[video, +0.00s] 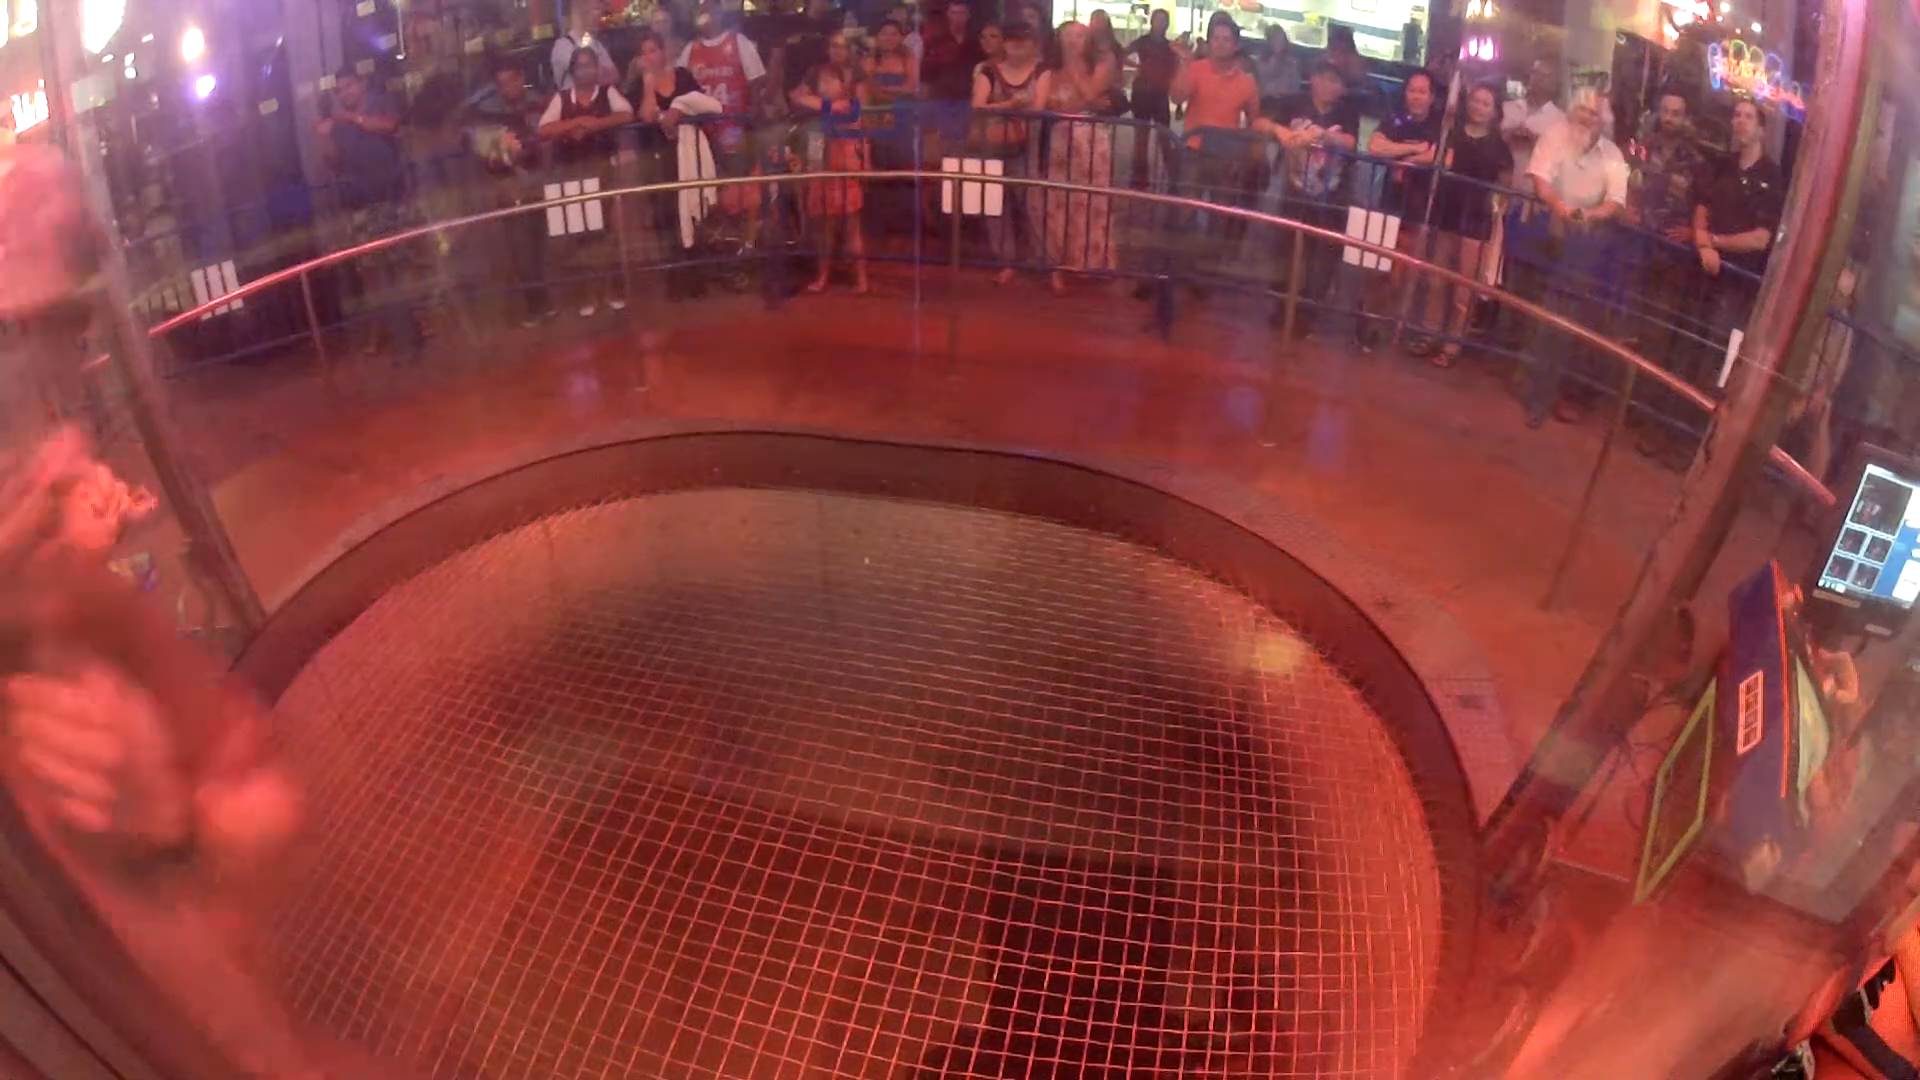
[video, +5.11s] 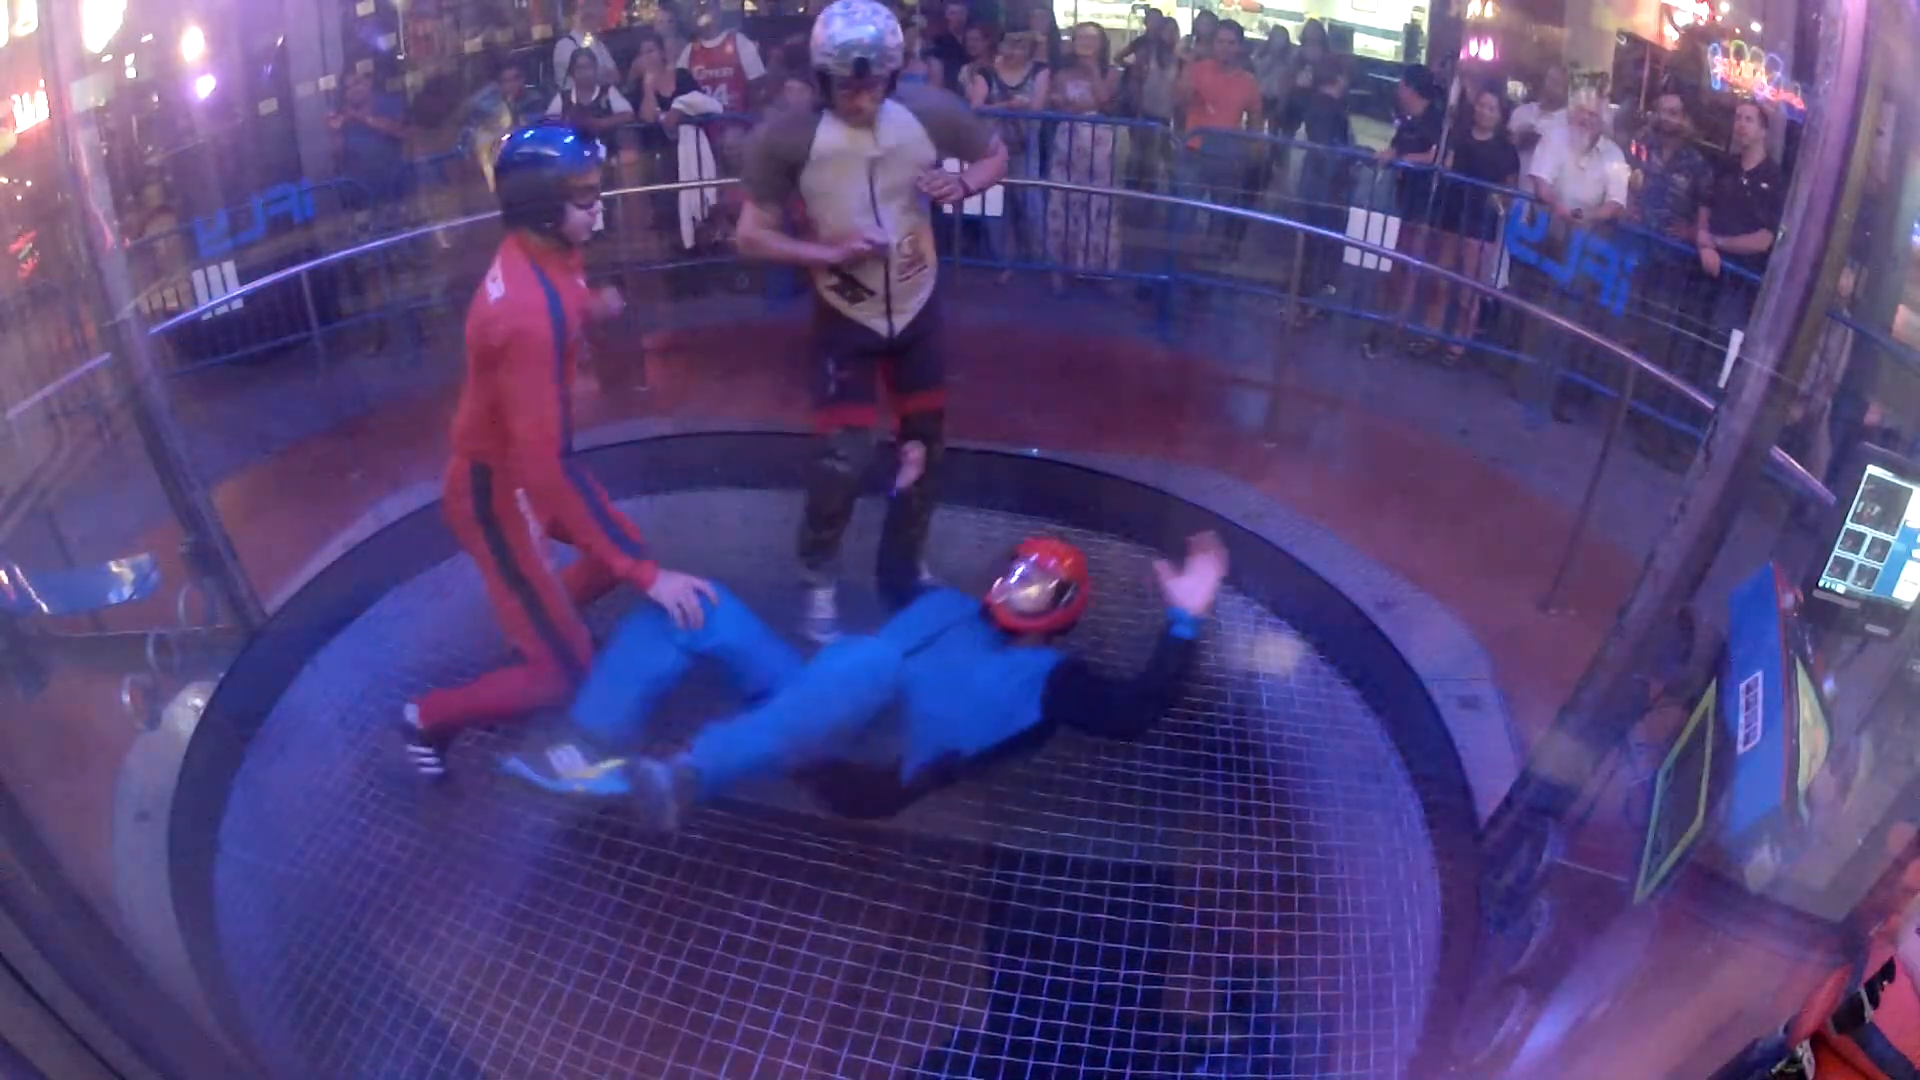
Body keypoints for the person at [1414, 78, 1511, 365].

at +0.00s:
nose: (1479, 107)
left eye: (1486, 103)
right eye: (1475, 101)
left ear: (1495, 111)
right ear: (1466, 104)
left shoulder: (1498, 147)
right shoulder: (1452, 136)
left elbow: (1505, 185)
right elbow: (1439, 165)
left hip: (1476, 217)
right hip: (1445, 211)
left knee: (1464, 284)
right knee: (1435, 278)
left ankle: (1452, 342)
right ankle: (1429, 332)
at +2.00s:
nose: (1477, 107)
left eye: (1483, 103)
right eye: (1473, 101)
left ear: (1492, 110)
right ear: (1465, 104)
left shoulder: (1496, 146)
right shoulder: (1452, 138)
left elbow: (1502, 185)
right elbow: (1439, 169)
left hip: (1473, 219)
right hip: (1443, 213)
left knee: (1462, 286)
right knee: (1434, 280)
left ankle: (1452, 342)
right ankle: (1429, 333)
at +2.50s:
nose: (1472, 108)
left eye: (1478, 103)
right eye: (1468, 101)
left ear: (1488, 110)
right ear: (1461, 106)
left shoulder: (1492, 147)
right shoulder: (1449, 139)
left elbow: (1498, 184)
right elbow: (1436, 171)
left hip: (1472, 218)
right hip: (1442, 213)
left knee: (1461, 285)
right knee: (1434, 279)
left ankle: (1451, 342)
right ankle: (1428, 333)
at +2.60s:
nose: (1471, 108)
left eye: (1478, 104)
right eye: (1468, 102)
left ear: (1488, 111)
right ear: (1461, 105)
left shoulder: (1491, 148)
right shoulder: (1448, 140)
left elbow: (1497, 185)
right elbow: (1436, 171)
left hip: (1471, 219)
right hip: (1441, 214)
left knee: (1461, 284)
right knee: (1434, 278)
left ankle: (1452, 341)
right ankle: (1429, 333)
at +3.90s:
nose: (1477, 110)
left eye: (1483, 105)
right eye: (1472, 104)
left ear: (1491, 112)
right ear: (1463, 107)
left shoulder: (1496, 147)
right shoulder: (1451, 138)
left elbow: (1501, 181)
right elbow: (1440, 168)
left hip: (1474, 217)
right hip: (1444, 212)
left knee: (1463, 285)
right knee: (1435, 279)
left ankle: (1456, 341)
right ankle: (1429, 332)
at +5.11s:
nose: (1485, 113)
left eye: (1492, 109)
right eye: (1482, 106)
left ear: (1501, 116)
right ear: (1473, 109)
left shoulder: (1506, 150)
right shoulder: (1459, 139)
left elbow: (1510, 187)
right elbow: (1445, 168)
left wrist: (1500, 201)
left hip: (1481, 217)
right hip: (1451, 210)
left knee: (1469, 283)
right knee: (1440, 277)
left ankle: (1460, 339)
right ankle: (1432, 331)